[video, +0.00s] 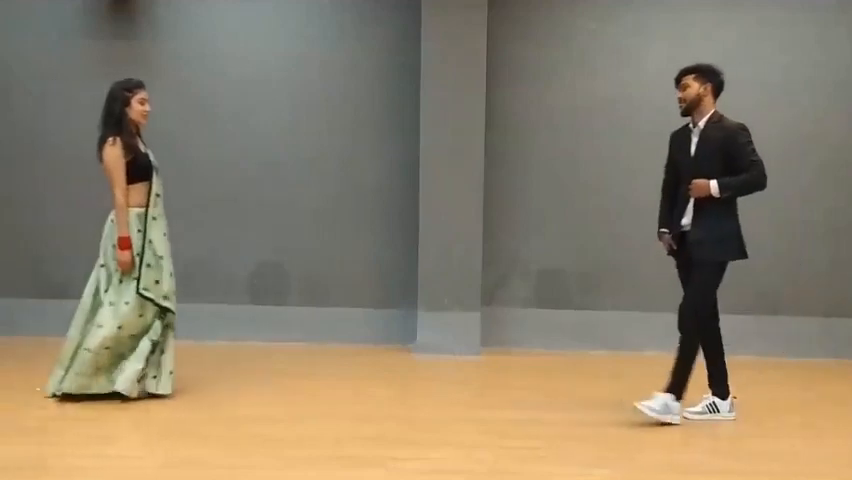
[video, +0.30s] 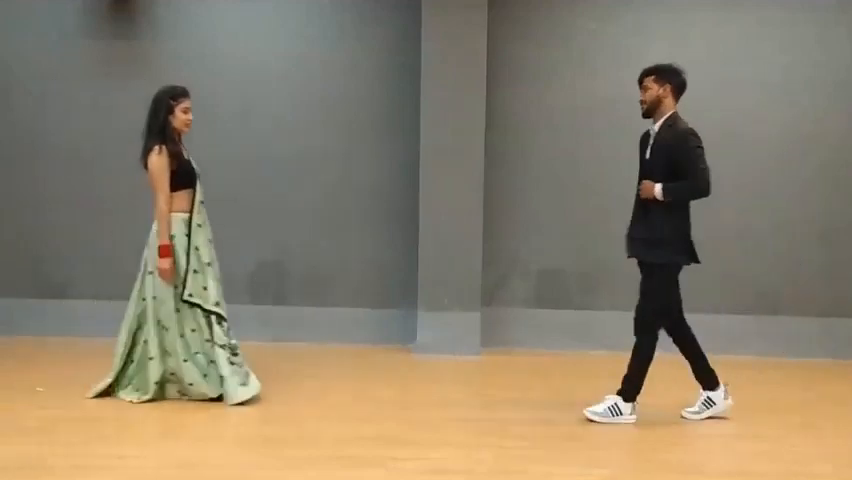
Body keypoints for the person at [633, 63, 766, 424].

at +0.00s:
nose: (678, 94)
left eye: (684, 87)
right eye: (678, 89)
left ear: (707, 89)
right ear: (695, 93)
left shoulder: (732, 132)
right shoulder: (679, 137)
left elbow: (757, 177)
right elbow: (671, 185)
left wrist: (715, 186)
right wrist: (665, 226)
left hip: (716, 238)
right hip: (685, 239)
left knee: (690, 312)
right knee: (705, 316)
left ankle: (672, 397)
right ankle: (721, 398)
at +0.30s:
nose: (640, 96)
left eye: (645, 88)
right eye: (640, 90)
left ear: (666, 90)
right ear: (660, 92)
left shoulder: (684, 135)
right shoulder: (649, 137)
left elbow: (701, 186)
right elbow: (651, 190)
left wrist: (661, 191)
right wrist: (639, 240)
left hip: (667, 246)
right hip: (650, 245)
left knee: (646, 321)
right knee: (672, 320)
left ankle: (626, 401)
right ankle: (714, 391)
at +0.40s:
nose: (628, 92)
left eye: (633, 84)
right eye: (629, 85)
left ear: (654, 87)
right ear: (650, 88)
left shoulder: (664, 131)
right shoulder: (649, 128)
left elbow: (670, 184)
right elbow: (653, 183)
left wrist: (636, 185)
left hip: (649, 242)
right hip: (637, 240)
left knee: (639, 320)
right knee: (640, 320)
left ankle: (624, 401)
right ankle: (698, 376)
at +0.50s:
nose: (616, 90)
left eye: (621, 83)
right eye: (616, 83)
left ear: (640, 85)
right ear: (639, 86)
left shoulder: (647, 128)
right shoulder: (639, 125)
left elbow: (644, 180)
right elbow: (641, 178)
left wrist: (614, 182)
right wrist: (618, 183)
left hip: (635, 242)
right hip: (624, 240)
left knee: (628, 318)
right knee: (615, 314)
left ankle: (624, 401)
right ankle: (670, 367)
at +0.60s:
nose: (603, 88)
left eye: (608, 81)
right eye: (604, 82)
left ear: (627, 83)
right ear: (626, 84)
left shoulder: (635, 125)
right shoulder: (626, 123)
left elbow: (632, 174)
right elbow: (623, 170)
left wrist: (594, 174)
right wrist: (597, 171)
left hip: (624, 242)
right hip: (613, 240)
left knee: (623, 315)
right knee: (595, 312)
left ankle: (623, 401)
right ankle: (633, 374)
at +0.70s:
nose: (590, 88)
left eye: (594, 81)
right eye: (591, 81)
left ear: (613, 83)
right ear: (611, 84)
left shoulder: (621, 122)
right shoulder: (607, 122)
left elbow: (630, 169)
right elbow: (616, 171)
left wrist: (588, 166)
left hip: (616, 239)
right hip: (601, 238)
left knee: (617, 318)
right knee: (580, 308)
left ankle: (624, 401)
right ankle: (593, 390)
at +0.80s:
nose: (577, 90)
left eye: (581, 83)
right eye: (577, 83)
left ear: (600, 84)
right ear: (600, 85)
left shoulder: (611, 121)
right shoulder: (595, 124)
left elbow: (628, 161)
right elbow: (599, 176)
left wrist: (589, 159)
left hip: (605, 241)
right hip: (589, 240)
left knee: (612, 318)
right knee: (569, 313)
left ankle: (623, 400)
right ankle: (552, 393)